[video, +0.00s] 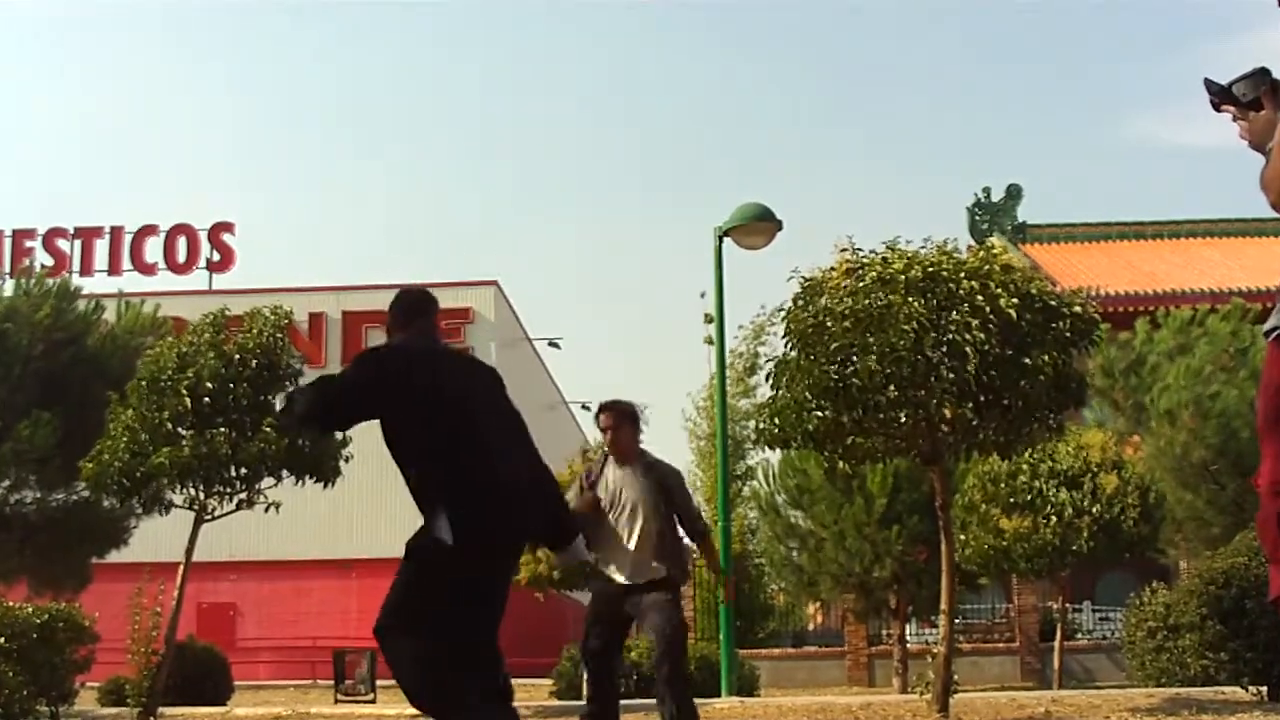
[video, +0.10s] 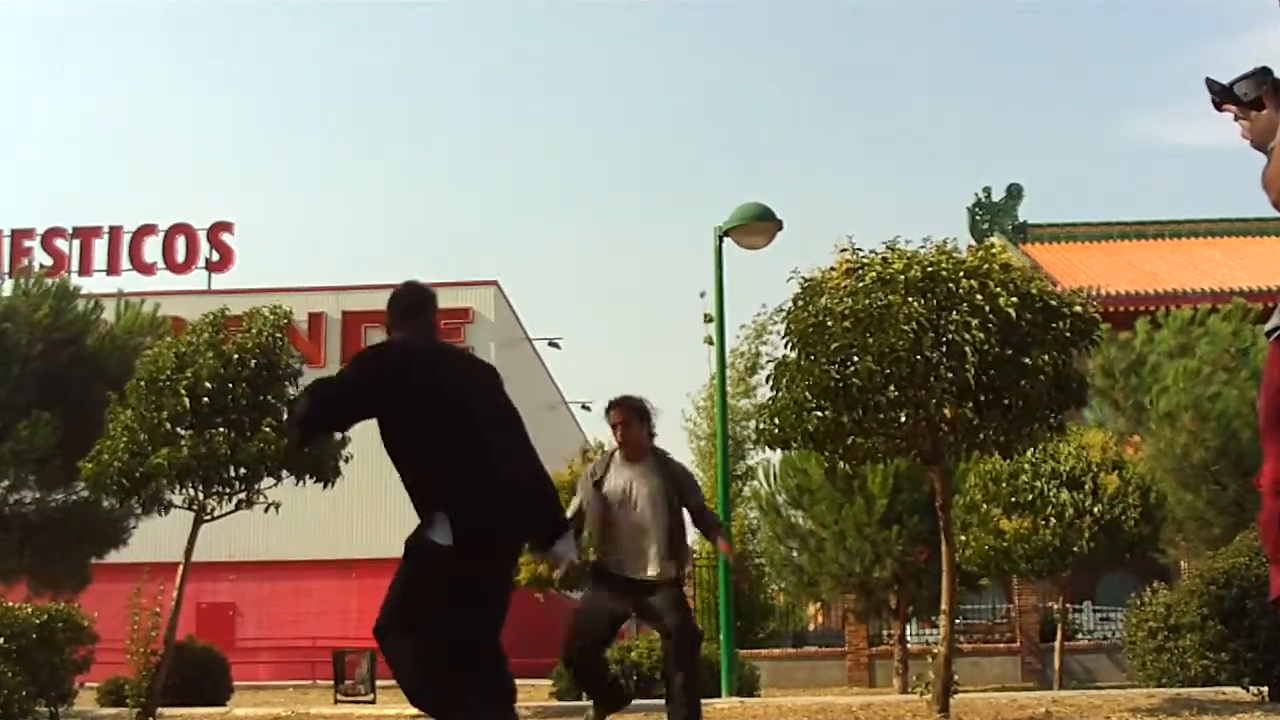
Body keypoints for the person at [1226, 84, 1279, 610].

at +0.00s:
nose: (1235, 125)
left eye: (1241, 114)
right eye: (1233, 116)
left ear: (1270, 105)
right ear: (1267, 107)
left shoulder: (1275, 166)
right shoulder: (1271, 169)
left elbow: (1272, 193)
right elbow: (1272, 194)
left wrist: (1274, 137)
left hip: (1276, 336)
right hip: (1274, 335)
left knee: (1271, 480)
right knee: (1270, 480)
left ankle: (1275, 582)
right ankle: (1274, 581)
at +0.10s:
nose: (1239, 126)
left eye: (1245, 113)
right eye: (1235, 117)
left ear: (1273, 104)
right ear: (1266, 109)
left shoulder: (1274, 170)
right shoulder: (1270, 172)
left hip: (1275, 339)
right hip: (1274, 339)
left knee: (1271, 478)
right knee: (1271, 476)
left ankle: (1276, 581)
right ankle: (1274, 581)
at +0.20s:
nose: (1239, 126)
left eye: (1245, 114)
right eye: (1235, 117)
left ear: (1273, 105)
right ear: (1266, 109)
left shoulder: (1274, 171)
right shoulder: (1270, 172)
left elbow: (1271, 191)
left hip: (1275, 339)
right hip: (1274, 338)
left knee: (1272, 477)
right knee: (1271, 475)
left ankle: (1275, 582)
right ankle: (1274, 582)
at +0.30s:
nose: (1238, 131)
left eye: (1241, 118)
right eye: (1234, 120)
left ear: (1268, 108)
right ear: (1263, 110)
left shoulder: (1273, 171)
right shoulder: (1270, 170)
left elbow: (1273, 190)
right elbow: (1273, 191)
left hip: (1276, 333)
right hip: (1275, 333)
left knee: (1273, 462)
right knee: (1272, 460)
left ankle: (1277, 576)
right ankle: (1275, 576)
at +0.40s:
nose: (1235, 133)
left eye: (1238, 120)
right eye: (1231, 123)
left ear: (1265, 107)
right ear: (1263, 108)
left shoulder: (1273, 166)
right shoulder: (1270, 166)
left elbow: (1271, 190)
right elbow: (1270, 191)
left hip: (1274, 336)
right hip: (1272, 336)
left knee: (1270, 470)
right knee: (1269, 468)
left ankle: (1274, 576)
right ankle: (1272, 576)